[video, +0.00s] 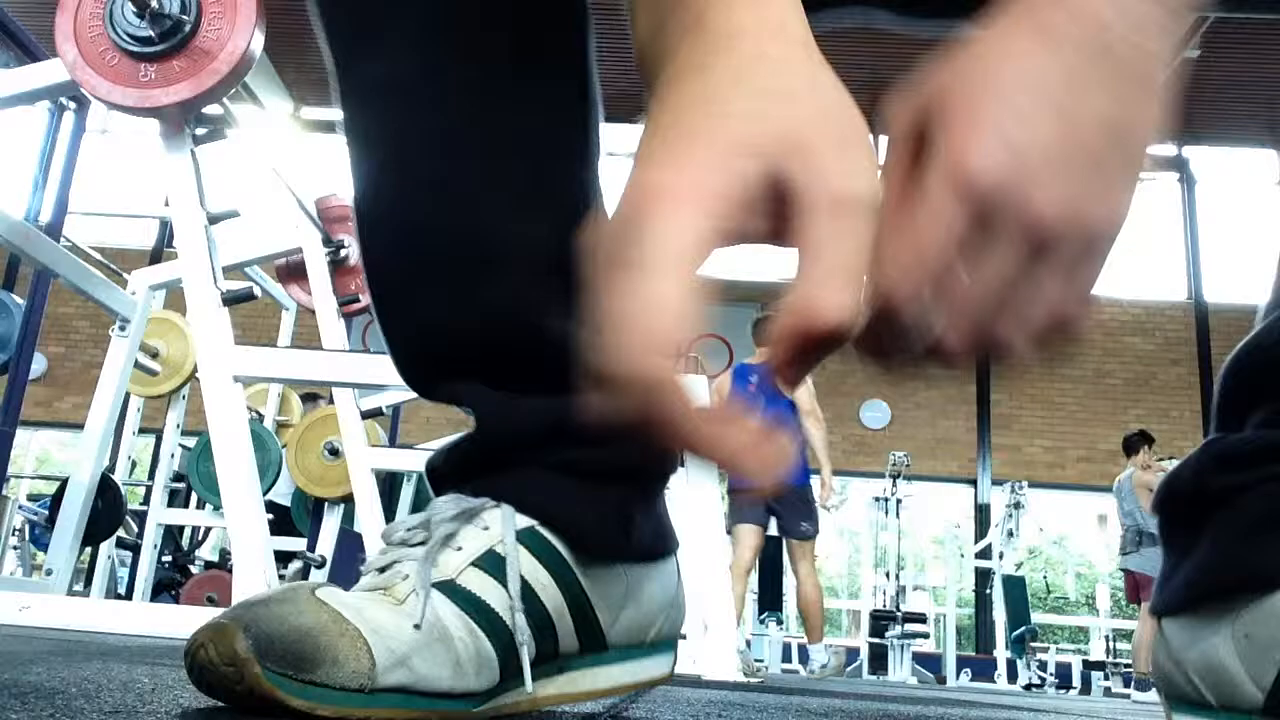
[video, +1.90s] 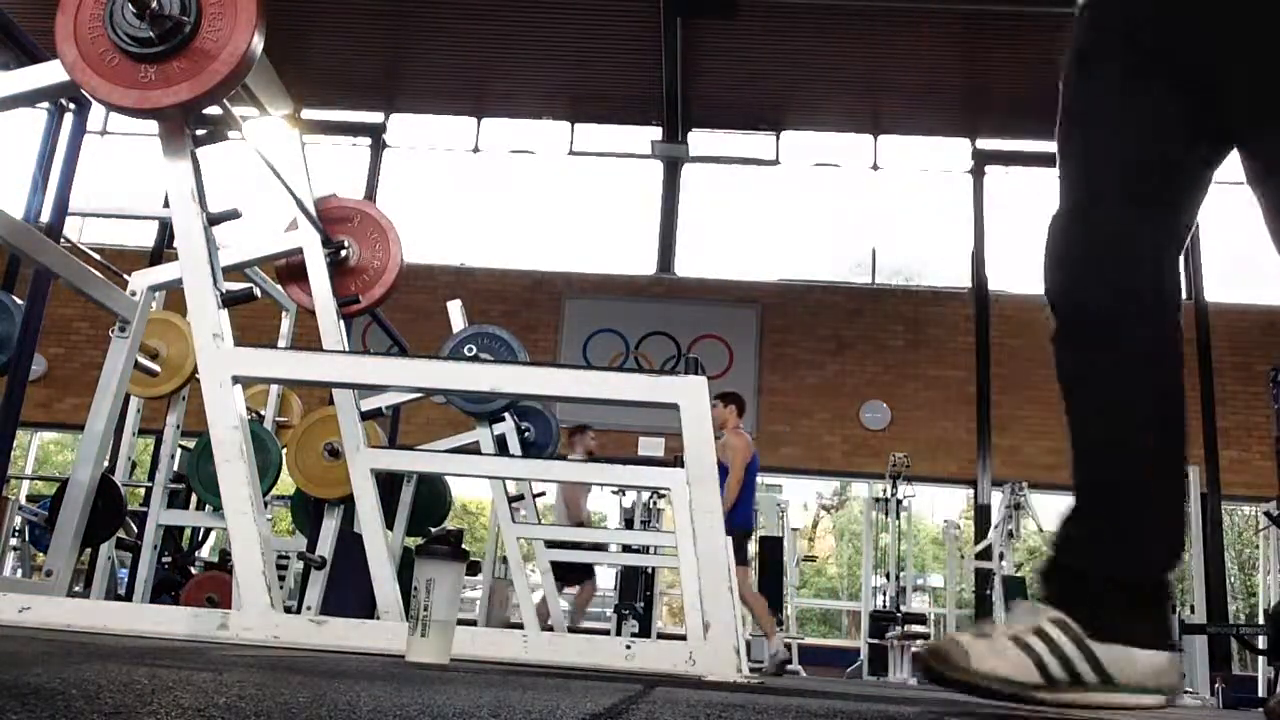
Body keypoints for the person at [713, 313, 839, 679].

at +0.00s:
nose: (791, 344)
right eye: (787, 336)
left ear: (754, 338)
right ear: (782, 338)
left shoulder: (729, 378)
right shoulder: (794, 373)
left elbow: (714, 428)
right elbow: (812, 419)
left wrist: (725, 463)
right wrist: (826, 472)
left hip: (744, 482)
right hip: (791, 483)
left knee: (741, 564)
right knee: (805, 568)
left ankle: (728, 646)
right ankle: (818, 657)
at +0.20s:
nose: (811, 349)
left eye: (809, 344)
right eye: (809, 344)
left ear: (774, 348)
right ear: (802, 346)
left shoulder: (751, 386)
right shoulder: (819, 378)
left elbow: (737, 443)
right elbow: (835, 426)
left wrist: (746, 482)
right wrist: (848, 475)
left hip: (769, 488)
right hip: (812, 489)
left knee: (771, 567)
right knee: (815, 572)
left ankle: (751, 612)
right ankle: (817, 659)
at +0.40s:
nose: (818, 359)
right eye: (818, 353)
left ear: (786, 356)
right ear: (817, 354)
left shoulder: (766, 390)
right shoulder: (838, 386)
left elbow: (751, 439)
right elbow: (863, 432)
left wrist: (749, 490)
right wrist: (869, 482)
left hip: (782, 492)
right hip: (824, 491)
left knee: (785, 565)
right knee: (821, 570)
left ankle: (792, 634)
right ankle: (818, 655)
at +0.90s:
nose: (772, 392)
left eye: (773, 386)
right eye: (771, 387)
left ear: (784, 384)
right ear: (803, 384)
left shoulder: (772, 416)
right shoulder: (832, 418)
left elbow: (756, 464)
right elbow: (842, 469)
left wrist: (751, 505)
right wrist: (841, 509)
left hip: (781, 513)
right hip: (817, 513)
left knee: (790, 584)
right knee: (814, 577)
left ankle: (800, 660)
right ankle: (827, 629)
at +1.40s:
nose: (755, 406)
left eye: (759, 400)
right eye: (756, 400)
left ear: (774, 402)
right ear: (780, 404)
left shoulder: (769, 430)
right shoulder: (799, 436)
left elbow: (760, 474)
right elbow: (801, 484)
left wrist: (743, 513)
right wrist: (793, 513)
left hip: (768, 516)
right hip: (790, 518)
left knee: (755, 581)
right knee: (777, 583)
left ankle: (790, 631)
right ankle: (786, 656)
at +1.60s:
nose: (742, 407)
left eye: (746, 402)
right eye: (743, 402)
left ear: (763, 405)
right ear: (766, 408)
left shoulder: (762, 432)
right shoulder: (780, 435)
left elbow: (760, 474)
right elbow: (777, 482)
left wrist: (746, 511)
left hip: (757, 518)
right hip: (776, 520)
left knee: (730, 574)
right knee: (772, 583)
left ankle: (751, 638)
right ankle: (781, 653)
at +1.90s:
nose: (712, 412)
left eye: (716, 407)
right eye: (713, 408)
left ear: (732, 411)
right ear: (732, 412)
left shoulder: (736, 439)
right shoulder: (735, 439)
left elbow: (735, 479)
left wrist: (720, 512)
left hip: (733, 523)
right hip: (737, 523)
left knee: (741, 587)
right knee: (743, 588)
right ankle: (775, 645)